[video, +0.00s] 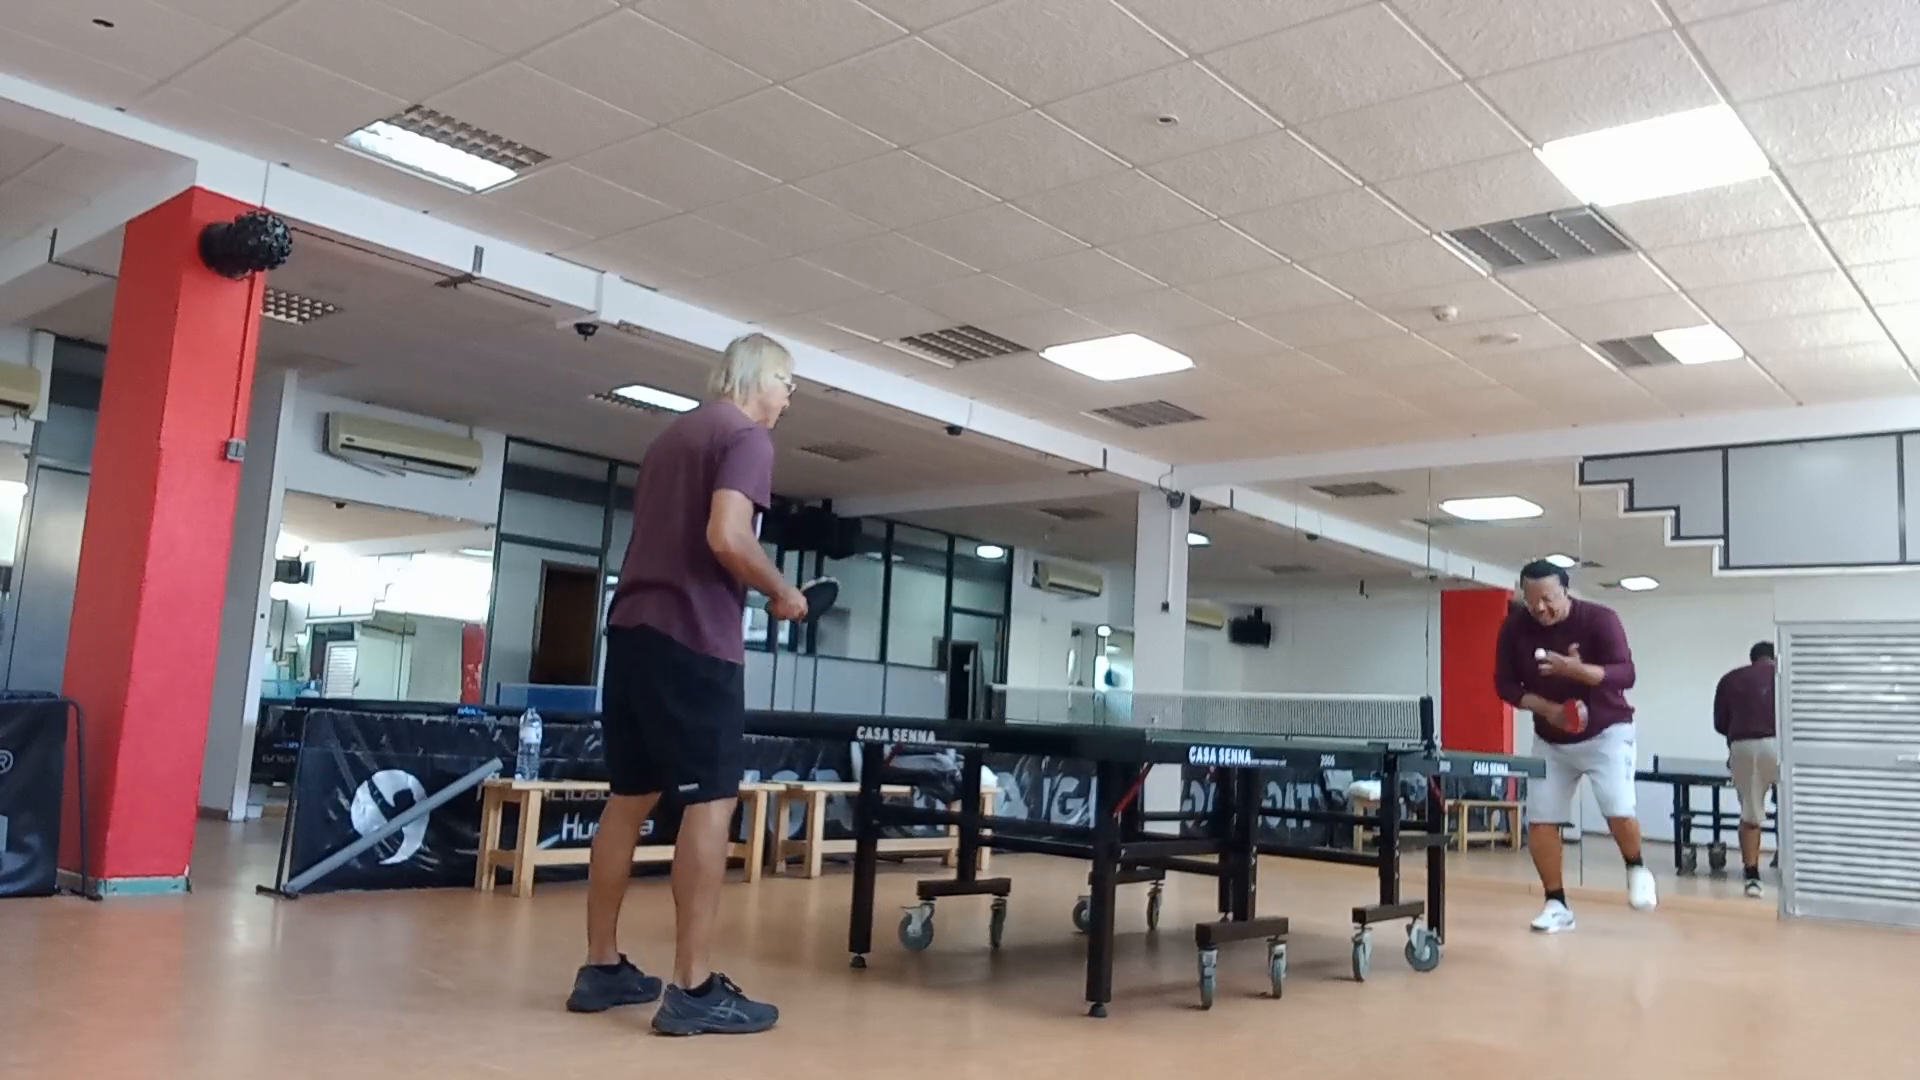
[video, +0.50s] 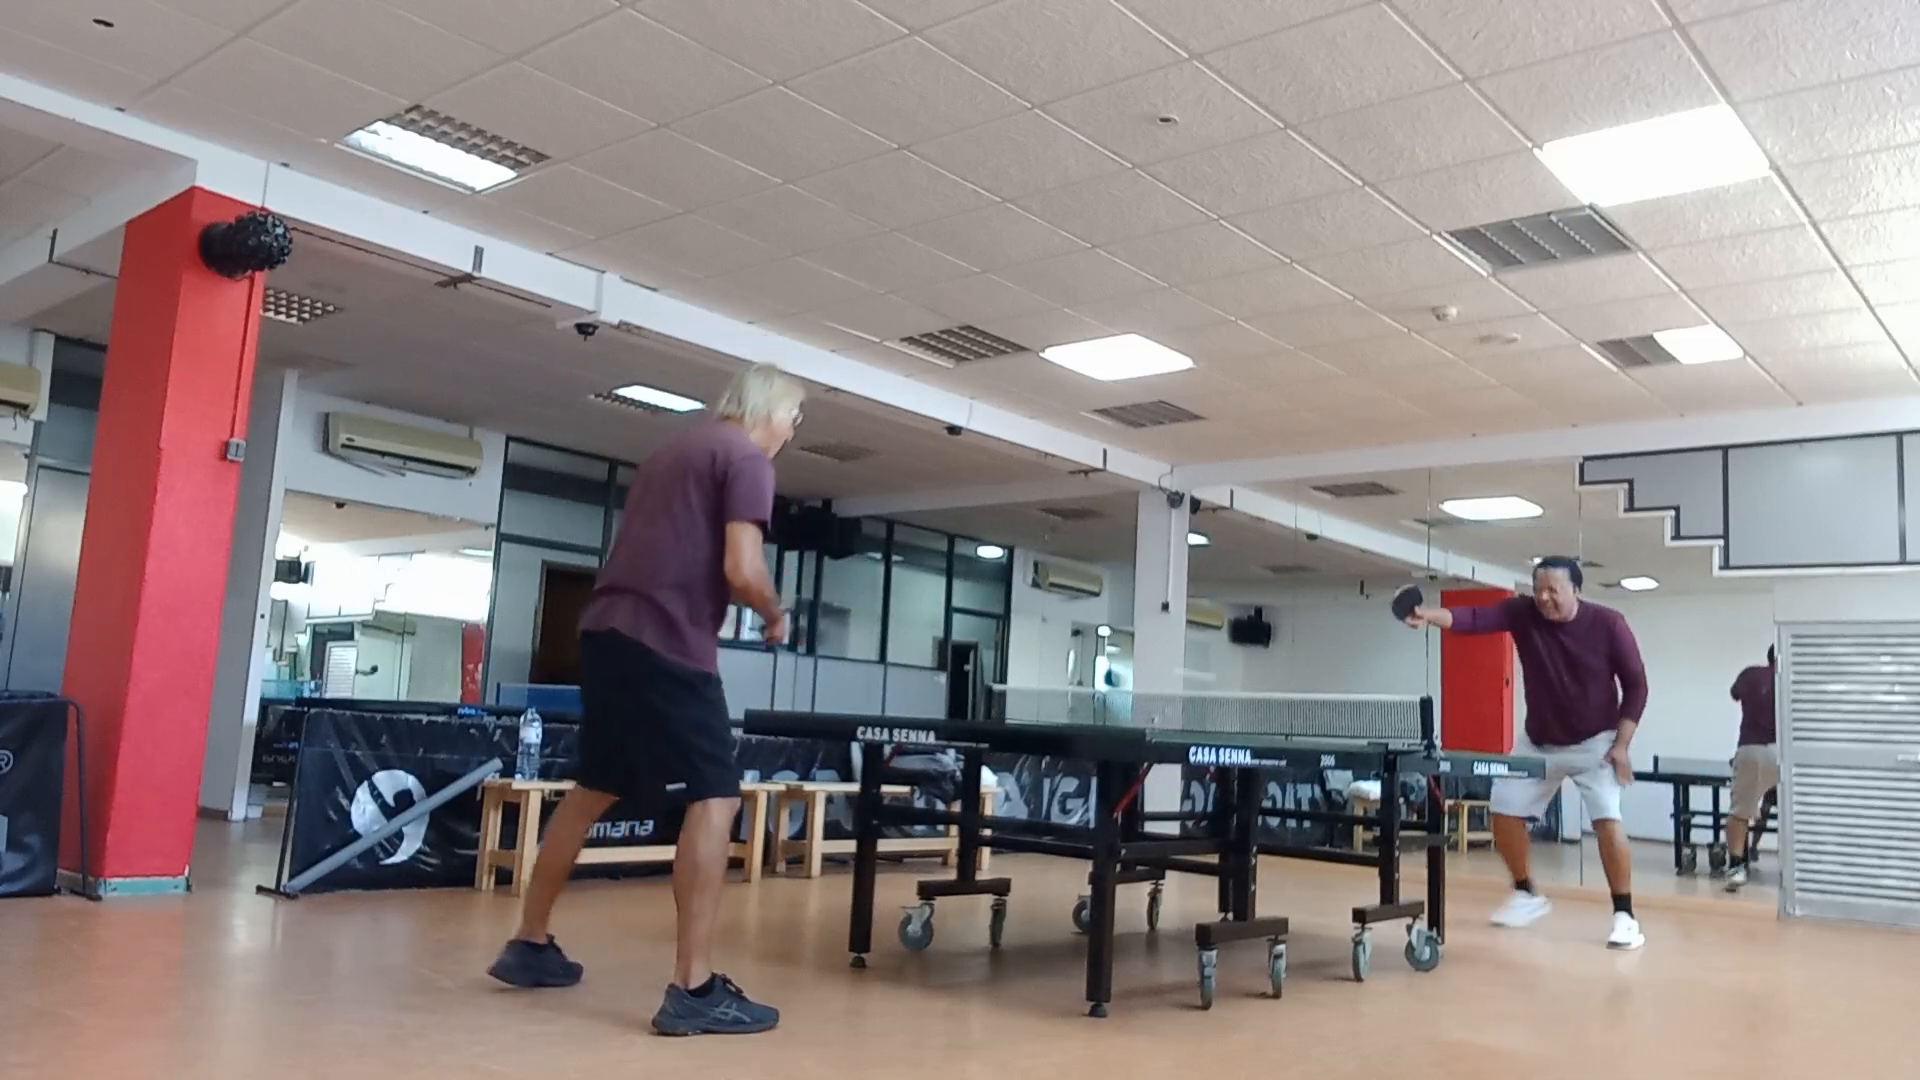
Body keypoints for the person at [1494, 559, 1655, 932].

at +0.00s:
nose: (1541, 608)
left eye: (1548, 600)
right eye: (1533, 601)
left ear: (1565, 590)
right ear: (1524, 597)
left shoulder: (1600, 620)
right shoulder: (1516, 627)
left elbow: (1625, 673)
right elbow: (1505, 686)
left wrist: (1579, 670)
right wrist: (1547, 708)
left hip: (1607, 735)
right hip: (1552, 740)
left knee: (1618, 810)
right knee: (1541, 818)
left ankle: (1636, 869)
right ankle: (1556, 904)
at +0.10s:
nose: (1543, 610)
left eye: (1550, 601)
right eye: (1535, 603)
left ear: (1566, 592)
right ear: (1524, 598)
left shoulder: (1598, 621)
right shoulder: (1513, 629)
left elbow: (1637, 677)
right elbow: (1497, 686)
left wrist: (1601, 679)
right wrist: (1547, 704)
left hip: (1603, 733)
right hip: (1549, 741)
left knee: (1606, 791)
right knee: (1536, 818)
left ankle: (1629, 853)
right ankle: (1555, 904)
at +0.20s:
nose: (1542, 613)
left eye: (1550, 604)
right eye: (1533, 605)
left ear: (1566, 596)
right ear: (1523, 600)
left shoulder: (1599, 625)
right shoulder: (1513, 627)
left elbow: (1640, 679)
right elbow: (1483, 678)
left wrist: (1615, 704)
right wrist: (1533, 700)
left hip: (1600, 737)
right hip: (1546, 745)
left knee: (1601, 794)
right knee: (1532, 821)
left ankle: (1627, 870)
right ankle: (1555, 905)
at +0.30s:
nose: (1542, 615)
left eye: (1550, 607)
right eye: (1534, 608)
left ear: (1568, 600)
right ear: (1526, 602)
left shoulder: (1599, 627)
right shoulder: (1516, 623)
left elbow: (1634, 686)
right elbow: (1475, 656)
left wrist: (1612, 743)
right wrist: (1493, 678)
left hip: (1596, 746)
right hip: (1544, 753)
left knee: (1604, 815)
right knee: (1529, 831)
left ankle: (1623, 908)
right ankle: (1556, 906)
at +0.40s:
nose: (1544, 610)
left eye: (1551, 602)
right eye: (1537, 603)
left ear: (1572, 597)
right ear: (1531, 600)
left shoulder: (1605, 629)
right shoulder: (1522, 621)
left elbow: (1633, 691)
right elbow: (1480, 626)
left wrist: (1614, 747)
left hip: (1596, 747)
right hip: (1541, 750)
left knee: (1606, 820)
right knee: (1519, 824)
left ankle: (1624, 916)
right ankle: (1550, 902)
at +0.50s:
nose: (1545, 598)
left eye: (1553, 591)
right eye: (1539, 591)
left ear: (1574, 589)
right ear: (1534, 591)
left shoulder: (1607, 624)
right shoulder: (1522, 613)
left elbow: (1636, 686)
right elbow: (1477, 618)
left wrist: (1622, 743)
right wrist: (1429, 616)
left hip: (1595, 742)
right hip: (1539, 742)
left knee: (1607, 822)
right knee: (1503, 809)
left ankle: (1624, 916)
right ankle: (1527, 895)